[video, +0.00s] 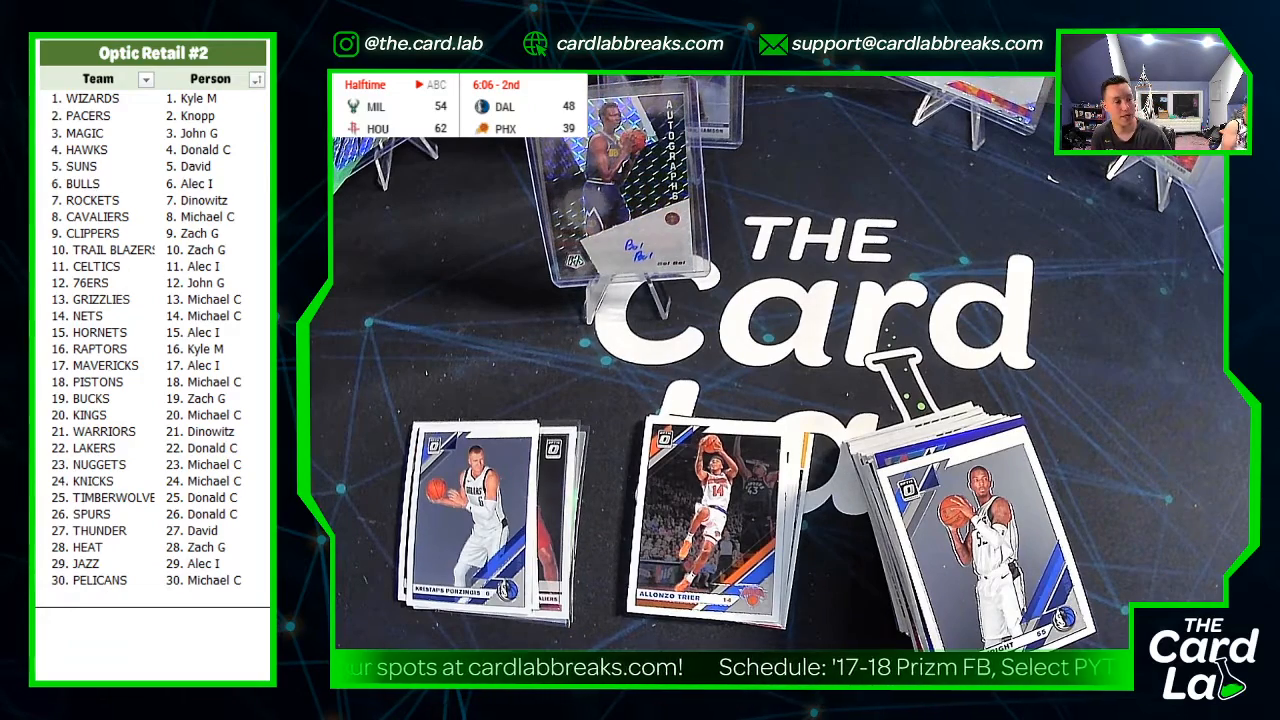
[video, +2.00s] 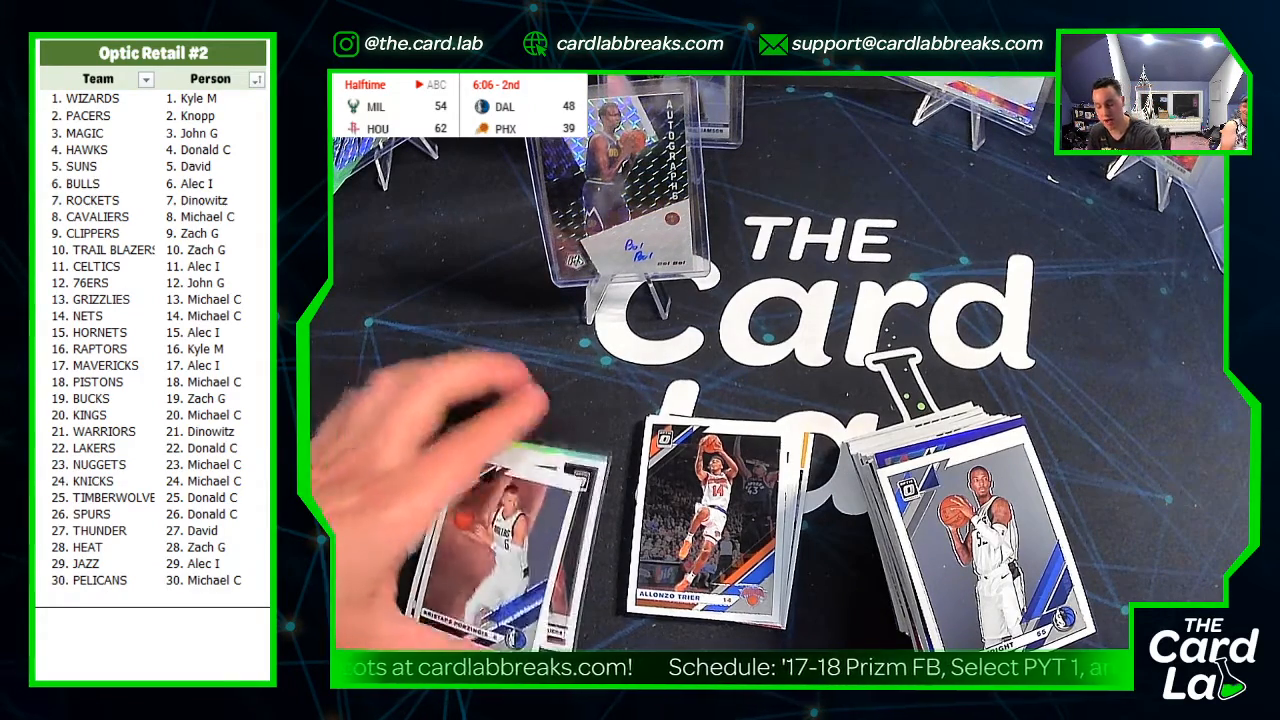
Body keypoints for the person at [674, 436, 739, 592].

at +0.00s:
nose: (714, 463)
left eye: (717, 461)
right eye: (713, 461)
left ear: (721, 465)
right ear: (710, 465)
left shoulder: (727, 476)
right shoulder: (706, 476)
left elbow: (734, 468)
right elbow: (698, 470)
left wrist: (722, 452)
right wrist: (700, 451)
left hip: (721, 513)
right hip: (706, 507)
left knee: (707, 550)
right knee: (704, 511)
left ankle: (688, 578)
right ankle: (688, 539)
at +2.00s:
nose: (714, 463)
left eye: (717, 462)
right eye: (713, 461)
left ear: (721, 465)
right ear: (709, 465)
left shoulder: (727, 476)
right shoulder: (706, 476)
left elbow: (734, 468)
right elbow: (698, 470)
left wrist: (722, 452)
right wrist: (700, 450)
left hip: (721, 513)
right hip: (706, 507)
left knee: (707, 550)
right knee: (704, 512)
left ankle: (688, 579)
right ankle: (688, 540)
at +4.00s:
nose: (714, 464)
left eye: (717, 462)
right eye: (713, 462)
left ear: (721, 465)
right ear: (709, 465)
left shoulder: (727, 476)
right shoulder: (706, 477)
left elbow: (734, 469)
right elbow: (699, 471)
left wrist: (721, 452)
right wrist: (700, 451)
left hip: (720, 513)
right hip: (706, 507)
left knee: (707, 550)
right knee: (704, 512)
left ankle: (688, 579)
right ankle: (688, 540)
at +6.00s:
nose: (714, 463)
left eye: (717, 462)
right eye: (712, 461)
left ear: (721, 466)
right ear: (709, 465)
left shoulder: (727, 476)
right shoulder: (705, 477)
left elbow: (734, 469)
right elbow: (698, 471)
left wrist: (721, 452)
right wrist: (700, 450)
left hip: (720, 512)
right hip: (705, 507)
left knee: (707, 550)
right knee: (705, 512)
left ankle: (688, 580)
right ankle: (688, 540)